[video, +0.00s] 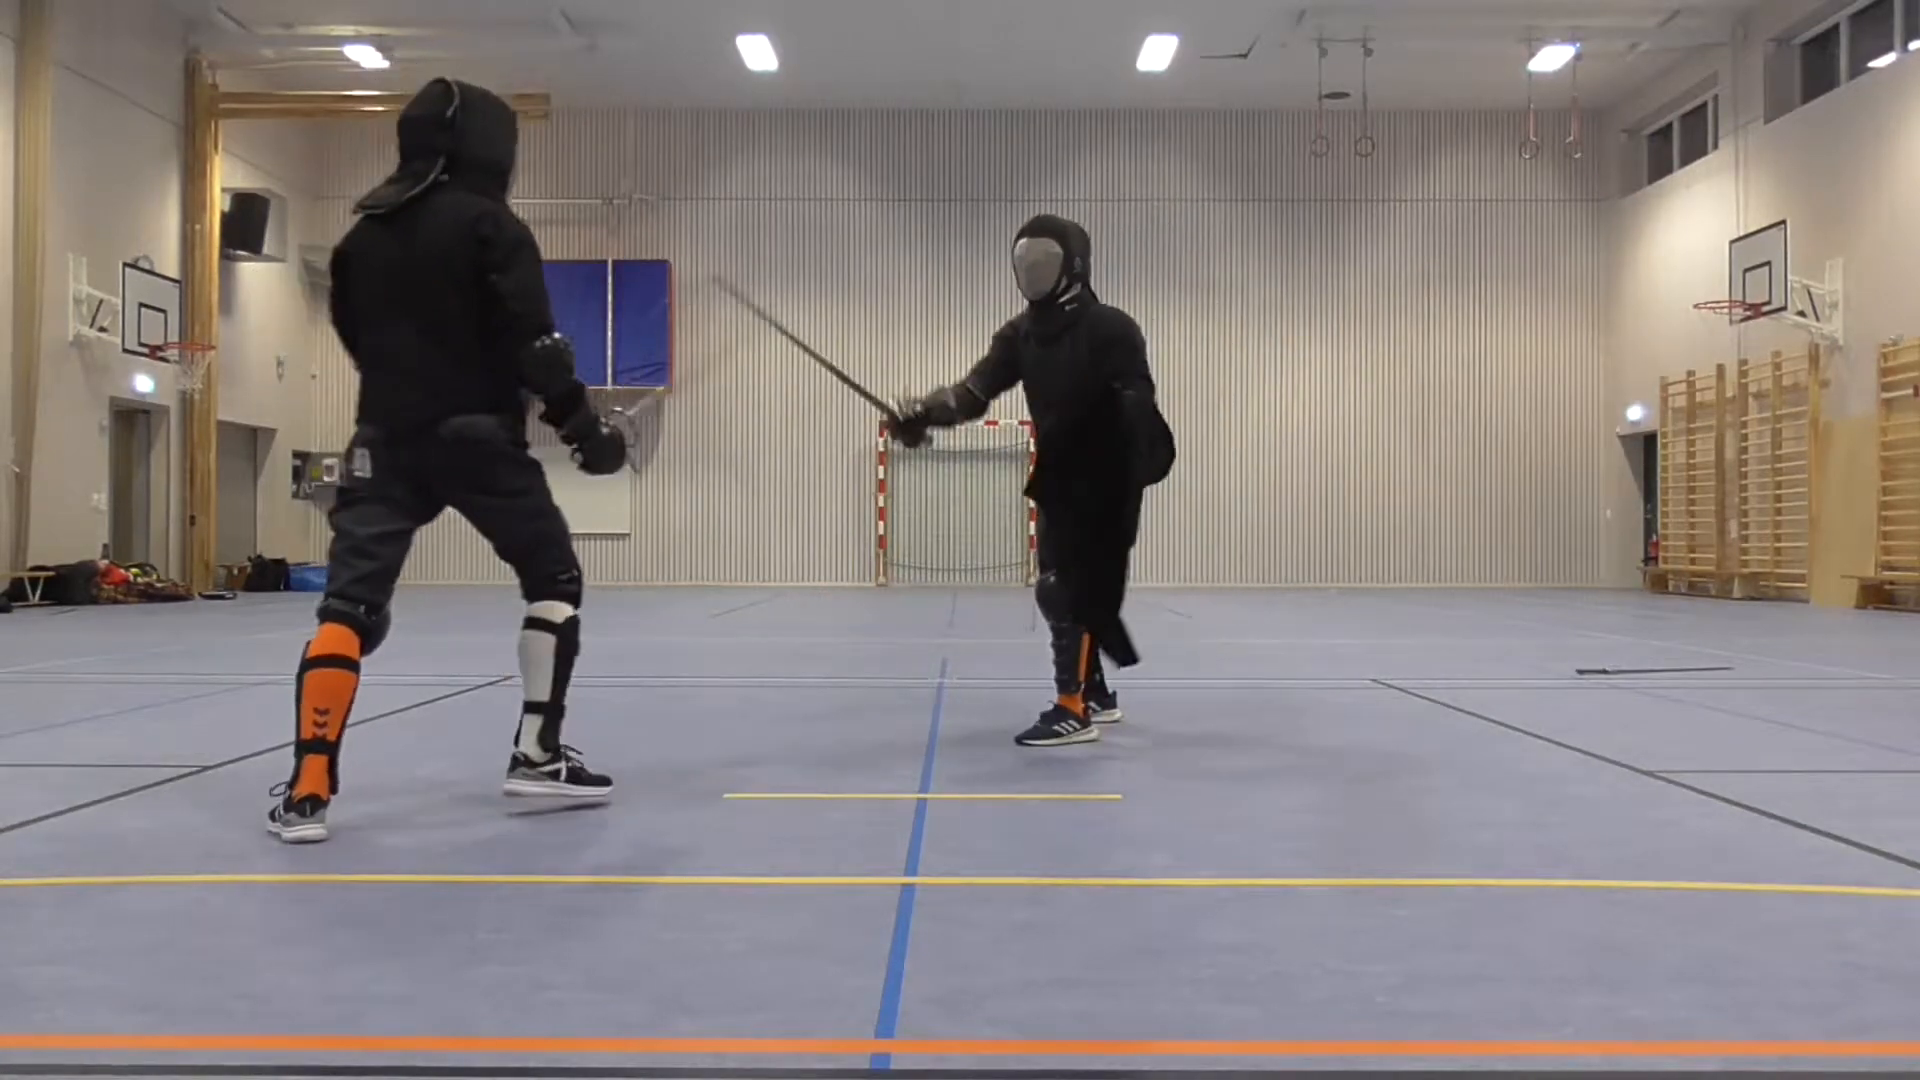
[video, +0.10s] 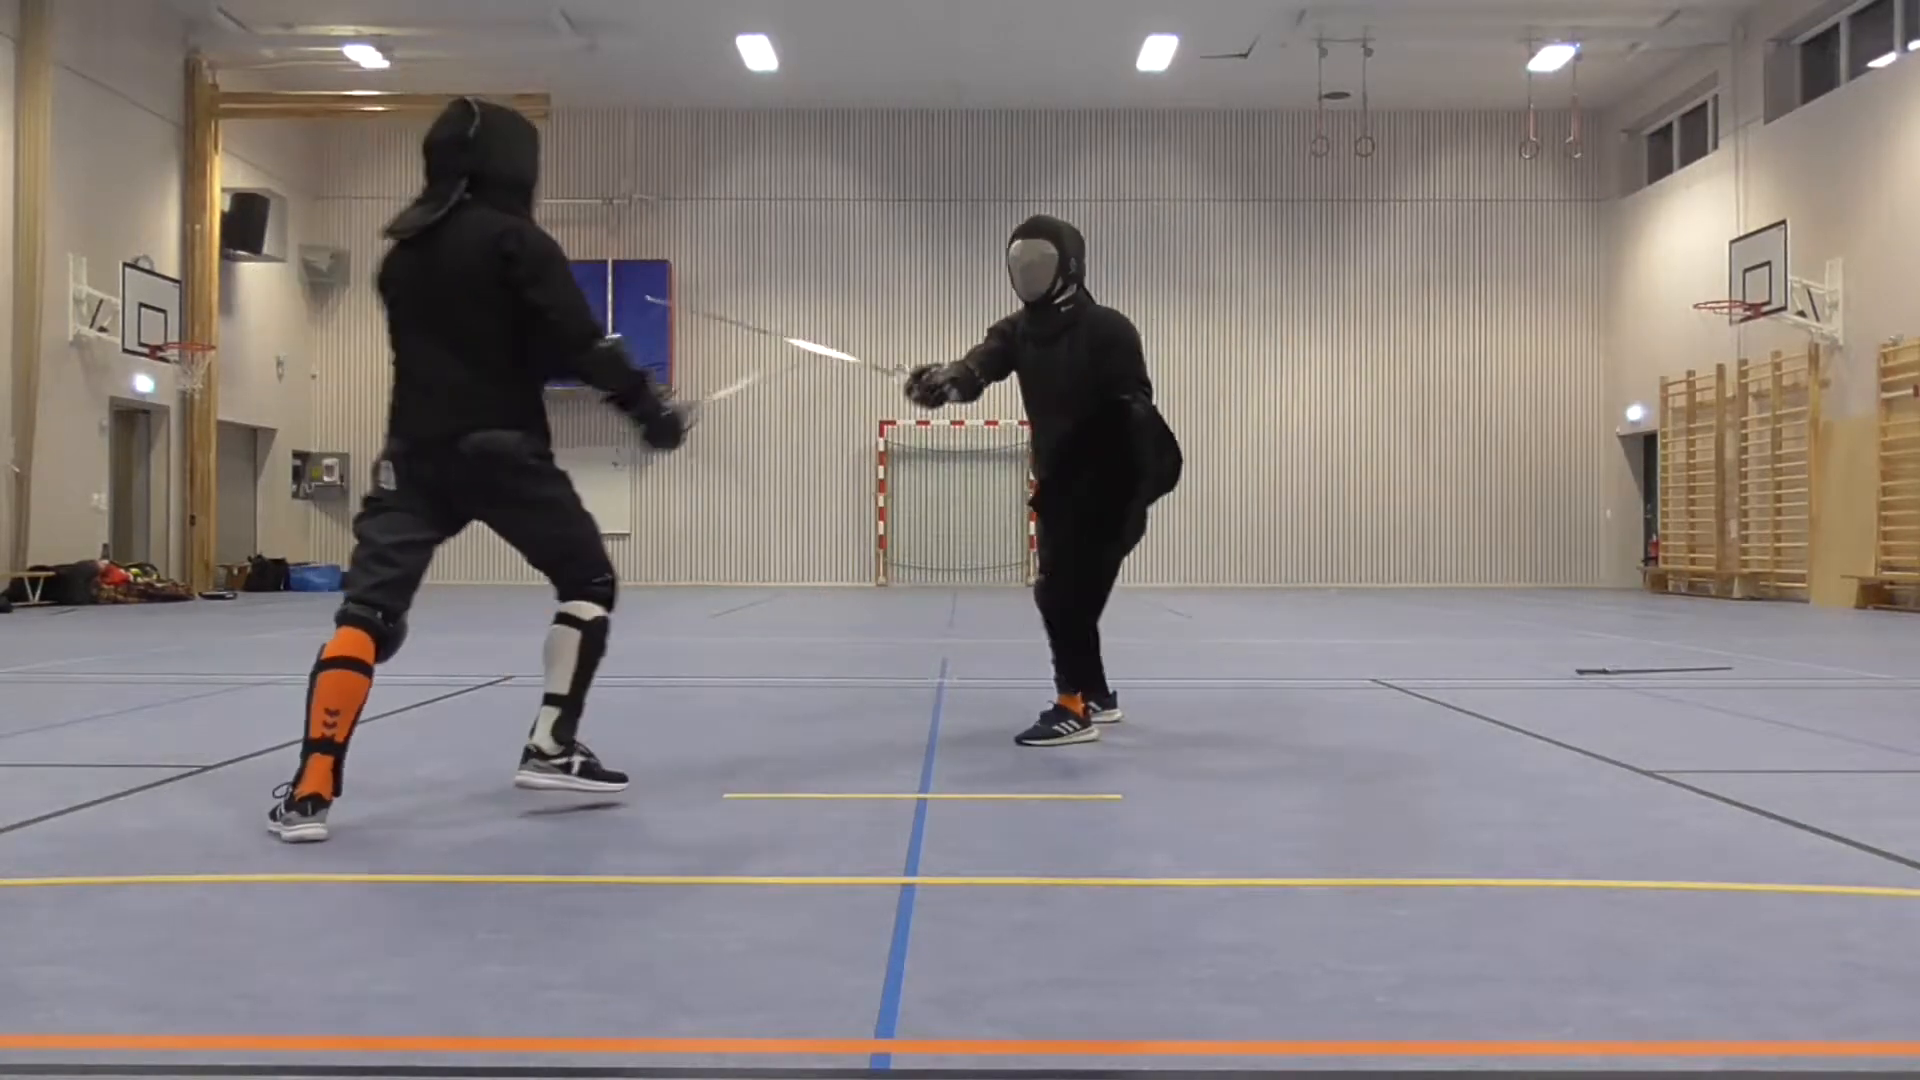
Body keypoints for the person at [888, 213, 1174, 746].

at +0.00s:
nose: (1029, 274)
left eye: (1042, 263)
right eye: (1022, 264)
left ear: (1071, 266)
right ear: (1015, 267)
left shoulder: (1110, 330)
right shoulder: (1022, 335)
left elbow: (1140, 412)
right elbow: (974, 392)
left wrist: (1123, 472)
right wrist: (923, 413)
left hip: (1105, 485)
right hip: (1058, 485)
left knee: (1060, 590)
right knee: (1067, 586)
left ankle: (1073, 709)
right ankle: (1095, 690)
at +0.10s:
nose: (1027, 276)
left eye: (1038, 264)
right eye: (1020, 265)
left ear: (1068, 265)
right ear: (1013, 268)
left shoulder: (1108, 331)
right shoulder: (1018, 332)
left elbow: (1137, 412)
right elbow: (980, 365)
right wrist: (947, 379)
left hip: (1109, 492)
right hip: (1058, 492)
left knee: (1068, 598)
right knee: (1061, 595)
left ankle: (1076, 709)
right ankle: (1096, 695)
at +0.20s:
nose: (1021, 278)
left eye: (1033, 266)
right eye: (1013, 267)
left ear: (1064, 268)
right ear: (1007, 271)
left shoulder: (1105, 332)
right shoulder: (1017, 333)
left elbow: (1137, 415)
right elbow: (984, 369)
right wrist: (960, 384)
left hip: (1104, 489)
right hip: (1053, 489)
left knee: (1055, 590)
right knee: (1068, 587)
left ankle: (1068, 705)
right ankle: (1102, 688)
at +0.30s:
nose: (1027, 280)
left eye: (1040, 268)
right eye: (1020, 269)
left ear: (1070, 273)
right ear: (1014, 274)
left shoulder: (1107, 338)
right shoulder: (1017, 339)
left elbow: (1140, 417)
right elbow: (984, 382)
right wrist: (964, 392)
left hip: (1100, 490)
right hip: (1050, 489)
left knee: (1047, 586)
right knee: (1059, 585)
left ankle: (1067, 707)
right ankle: (1113, 671)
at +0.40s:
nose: (1042, 282)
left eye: (1054, 272)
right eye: (1037, 272)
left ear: (1082, 278)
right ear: (1031, 278)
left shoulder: (1117, 344)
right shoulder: (1030, 342)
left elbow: (1145, 428)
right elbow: (994, 393)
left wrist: (1132, 498)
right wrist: (981, 390)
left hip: (1097, 489)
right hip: (1048, 486)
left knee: (1042, 588)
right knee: (1048, 589)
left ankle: (1066, 709)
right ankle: (1115, 652)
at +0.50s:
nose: (1060, 278)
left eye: (1072, 267)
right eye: (1054, 268)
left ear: (1100, 272)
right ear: (1047, 273)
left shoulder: (1135, 339)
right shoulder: (1043, 336)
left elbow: (1158, 424)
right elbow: (992, 386)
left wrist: (1128, 484)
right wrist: (973, 360)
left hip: (1108, 486)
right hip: (1057, 482)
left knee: (1061, 584)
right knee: (1046, 597)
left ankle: (1069, 709)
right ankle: (1096, 651)